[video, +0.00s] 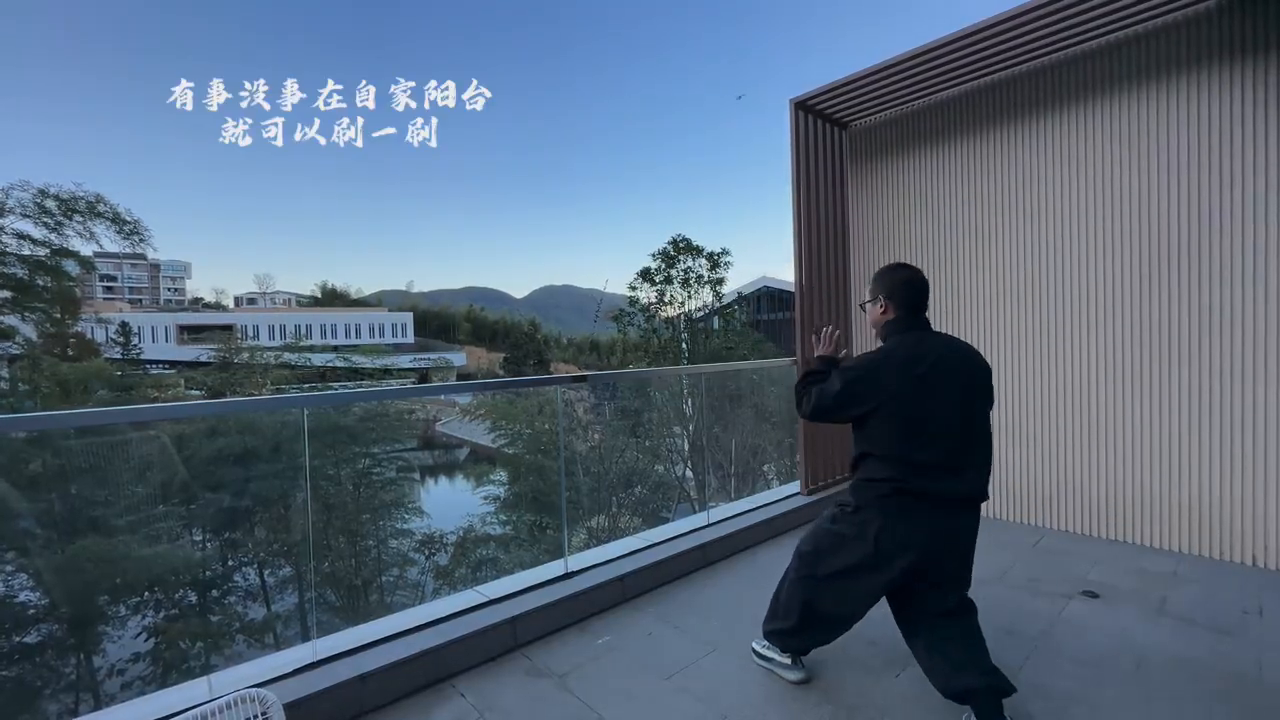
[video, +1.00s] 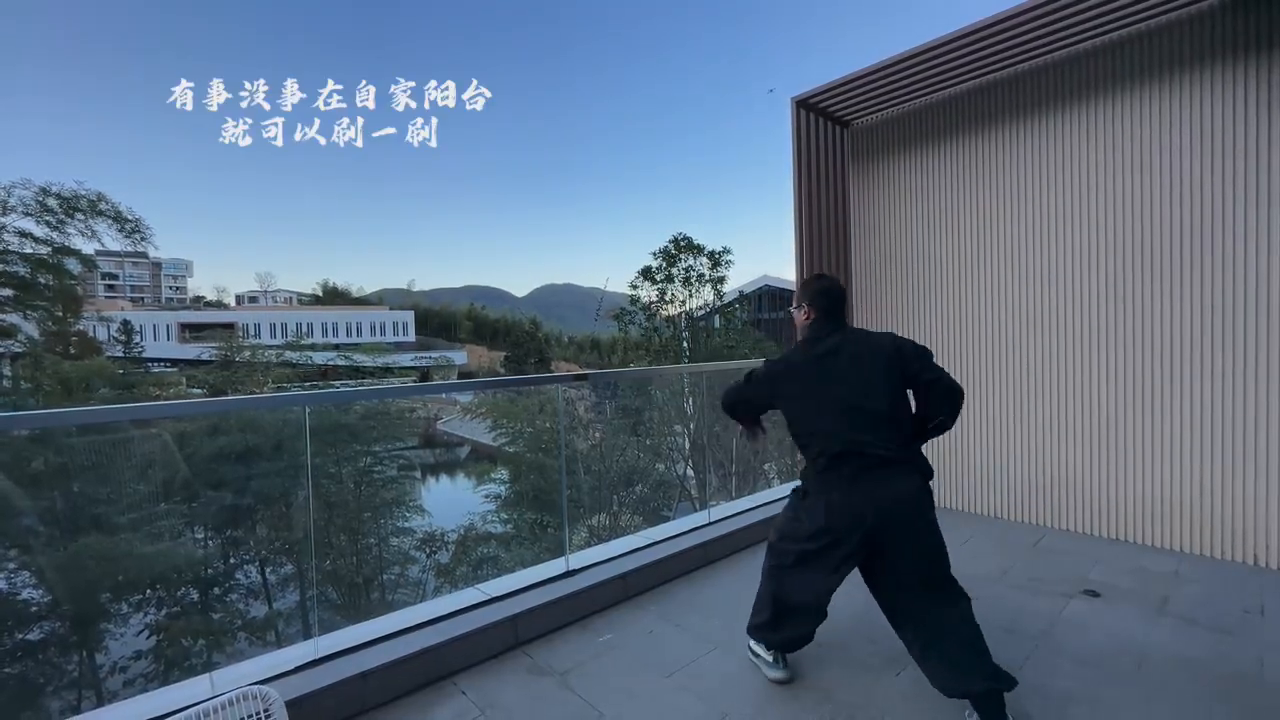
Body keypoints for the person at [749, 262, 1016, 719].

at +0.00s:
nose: (867, 312)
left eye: (870, 303)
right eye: (869, 303)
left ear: (887, 308)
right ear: (921, 307)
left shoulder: (878, 366)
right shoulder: (971, 360)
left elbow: (812, 401)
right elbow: (983, 406)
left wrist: (820, 362)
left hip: (887, 509)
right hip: (955, 514)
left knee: (818, 555)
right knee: (945, 607)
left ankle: (784, 646)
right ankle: (988, 705)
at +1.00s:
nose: (791, 316)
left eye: (794, 309)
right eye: (793, 308)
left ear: (808, 314)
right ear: (843, 313)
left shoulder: (791, 367)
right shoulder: (890, 347)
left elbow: (735, 399)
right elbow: (947, 393)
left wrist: (749, 420)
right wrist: (915, 432)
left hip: (834, 501)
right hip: (904, 496)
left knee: (792, 560)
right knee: (935, 591)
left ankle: (770, 644)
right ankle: (988, 700)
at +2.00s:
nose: (864, 298)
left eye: (870, 290)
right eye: (865, 291)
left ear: (892, 294)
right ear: (900, 298)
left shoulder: (920, 341)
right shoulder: (880, 352)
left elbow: (865, 327)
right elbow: (830, 392)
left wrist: (825, 309)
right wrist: (801, 344)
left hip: (875, 498)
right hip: (916, 501)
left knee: (807, 559)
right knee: (924, 613)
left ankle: (773, 644)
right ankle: (1006, 704)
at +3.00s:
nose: (910, 325)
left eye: (908, 317)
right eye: (909, 317)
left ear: (863, 315)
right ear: (903, 319)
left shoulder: (847, 357)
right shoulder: (881, 357)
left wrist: (911, 440)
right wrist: (904, 439)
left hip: (811, 498)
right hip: (867, 504)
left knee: (812, 560)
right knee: (956, 582)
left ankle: (773, 643)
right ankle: (991, 702)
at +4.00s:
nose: (972, 308)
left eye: (977, 296)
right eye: (973, 298)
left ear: (1007, 299)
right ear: (1015, 300)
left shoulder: (1061, 367)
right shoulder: (1075, 349)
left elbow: (1072, 488)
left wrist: (1058, 546)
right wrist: (1042, 498)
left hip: (1168, 557)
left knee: (1181, 702)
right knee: (1040, 584)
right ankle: (1055, 709)